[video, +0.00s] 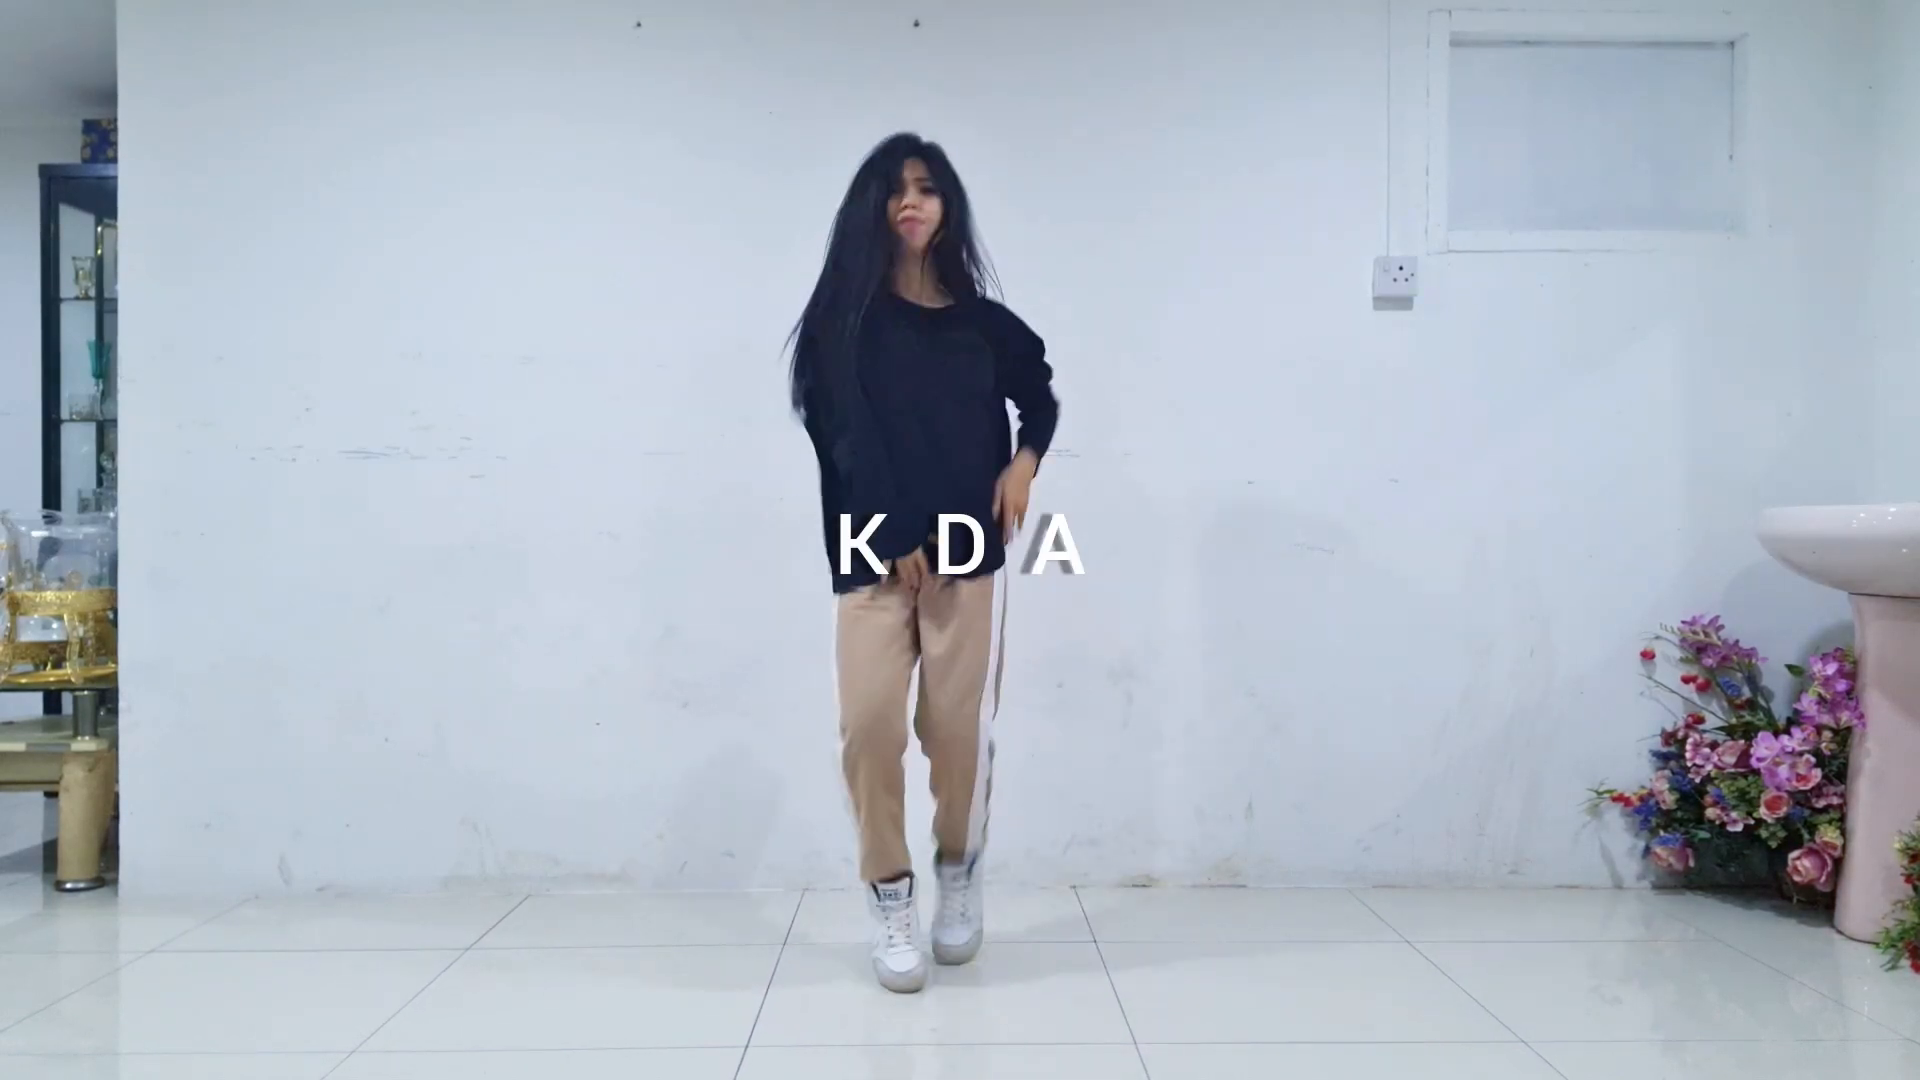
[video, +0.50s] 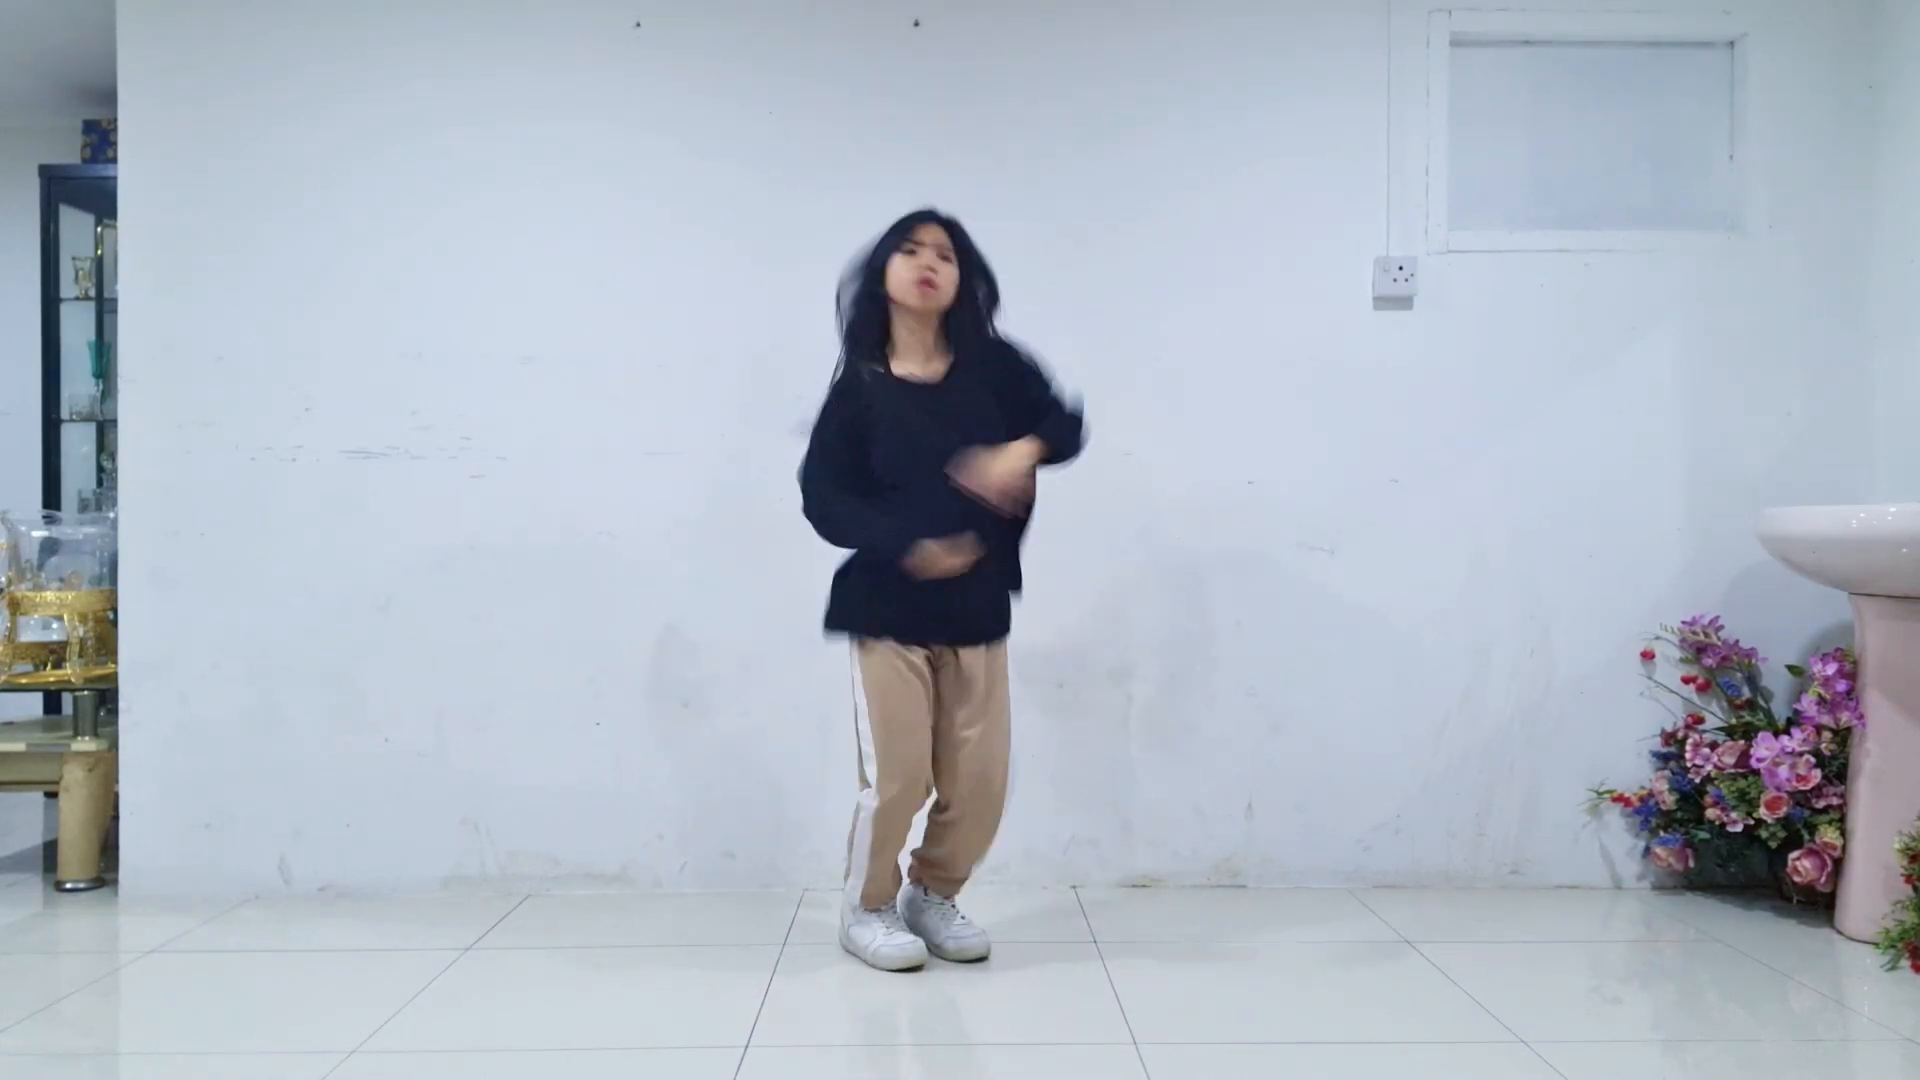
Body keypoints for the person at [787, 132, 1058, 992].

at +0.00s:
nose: (913, 204)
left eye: (927, 191)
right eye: (896, 191)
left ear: (948, 206)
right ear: (871, 208)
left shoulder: (982, 317)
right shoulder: (837, 316)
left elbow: (1040, 398)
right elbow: (835, 433)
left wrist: (1024, 466)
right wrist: (884, 532)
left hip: (964, 547)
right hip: (870, 548)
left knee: (953, 722)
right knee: (869, 723)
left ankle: (955, 869)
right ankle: (891, 902)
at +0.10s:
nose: (930, 220)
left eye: (946, 210)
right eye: (913, 209)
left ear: (966, 236)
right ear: (886, 229)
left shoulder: (987, 341)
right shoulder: (846, 326)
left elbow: (1036, 416)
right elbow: (819, 437)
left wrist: (1031, 480)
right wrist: (883, 536)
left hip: (972, 563)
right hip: (875, 565)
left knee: (959, 742)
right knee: (884, 738)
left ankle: (953, 875)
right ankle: (897, 905)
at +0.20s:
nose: (931, 220)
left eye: (946, 212)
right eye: (912, 213)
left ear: (968, 244)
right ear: (889, 242)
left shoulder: (1000, 343)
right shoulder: (855, 331)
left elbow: (1021, 437)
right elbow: (833, 448)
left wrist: (1038, 507)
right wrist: (895, 549)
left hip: (976, 558)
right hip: (879, 560)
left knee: (967, 743)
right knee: (882, 715)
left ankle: (955, 879)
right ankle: (906, 891)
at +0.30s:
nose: (929, 209)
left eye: (946, 202)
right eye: (912, 201)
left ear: (967, 234)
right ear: (888, 230)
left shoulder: (999, 315)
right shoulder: (853, 326)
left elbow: (1024, 423)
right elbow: (823, 434)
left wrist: (1022, 518)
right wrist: (874, 519)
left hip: (977, 556)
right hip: (879, 553)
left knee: (981, 728)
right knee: (911, 702)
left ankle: (960, 880)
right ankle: (905, 855)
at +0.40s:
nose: (919, 232)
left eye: (936, 223)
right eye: (903, 221)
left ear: (960, 246)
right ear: (876, 246)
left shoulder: (1000, 327)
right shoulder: (863, 346)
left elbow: (1066, 385)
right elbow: (818, 432)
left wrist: (1045, 451)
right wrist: (847, 498)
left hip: (972, 578)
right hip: (885, 574)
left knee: (977, 757)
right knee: (908, 751)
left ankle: (930, 890)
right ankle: (872, 897)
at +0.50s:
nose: (927, 264)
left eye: (943, 256)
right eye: (911, 251)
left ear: (962, 281)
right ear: (881, 272)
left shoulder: (997, 366)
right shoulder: (860, 387)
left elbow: (1066, 427)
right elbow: (823, 497)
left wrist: (1022, 453)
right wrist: (906, 545)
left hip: (976, 614)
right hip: (888, 612)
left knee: (978, 781)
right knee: (904, 774)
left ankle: (932, 897)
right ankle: (870, 912)